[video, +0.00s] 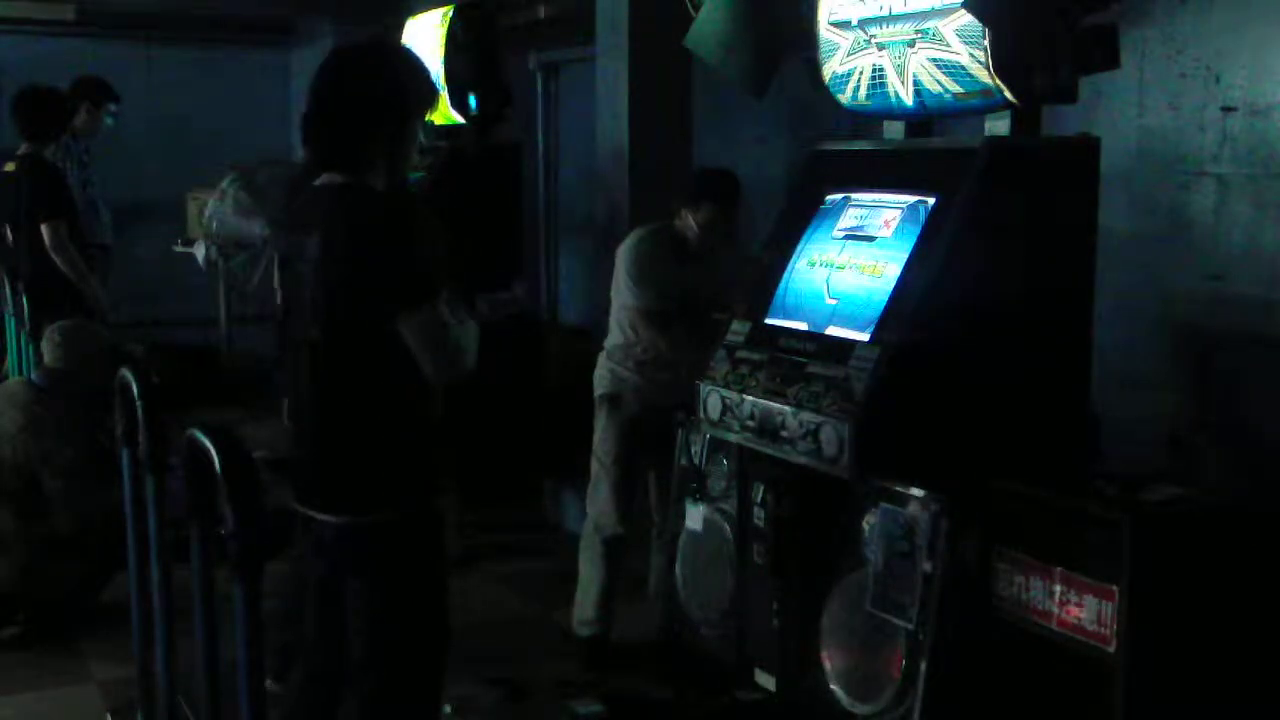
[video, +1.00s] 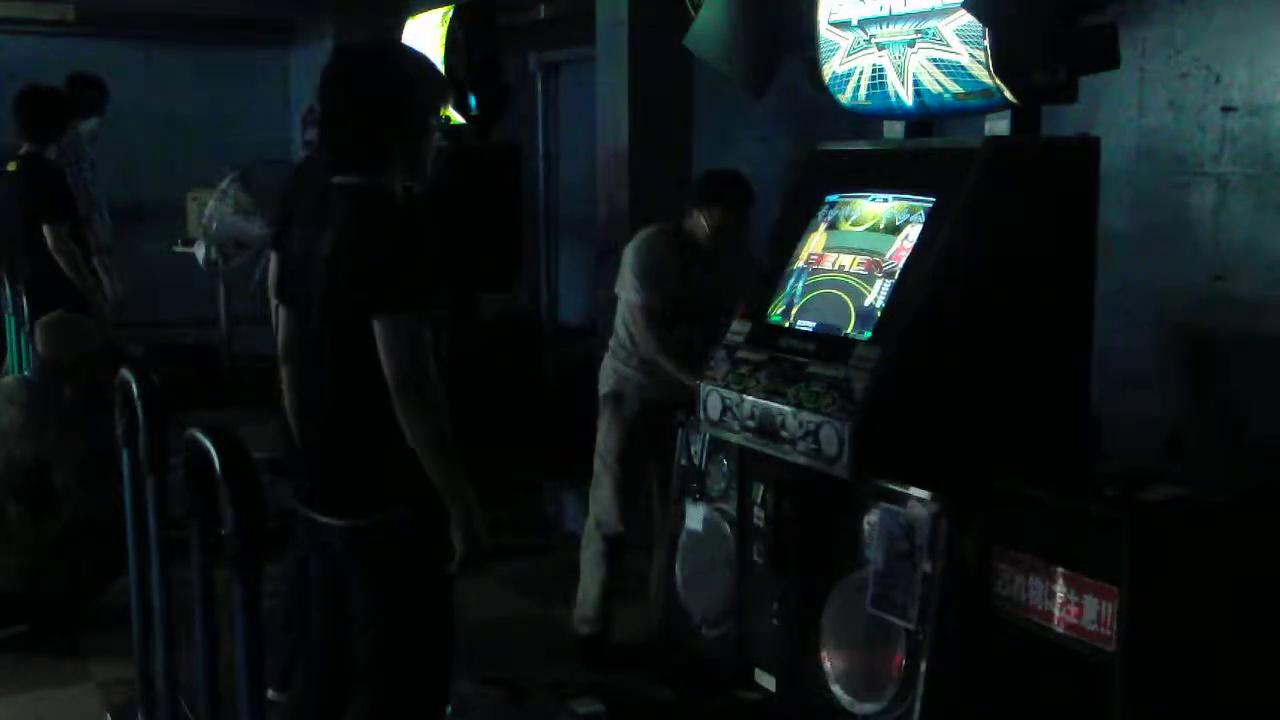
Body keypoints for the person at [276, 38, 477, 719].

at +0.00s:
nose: (419, 138)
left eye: (419, 120)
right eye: (414, 119)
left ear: (326, 114)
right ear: (388, 121)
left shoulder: (301, 208)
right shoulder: (387, 216)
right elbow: (443, 357)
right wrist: (465, 317)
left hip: (318, 467)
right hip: (387, 476)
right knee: (399, 662)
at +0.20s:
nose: (423, 136)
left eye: (423, 118)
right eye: (417, 118)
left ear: (332, 114)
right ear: (386, 120)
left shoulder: (302, 207)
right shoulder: (384, 215)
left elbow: (287, 328)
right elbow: (417, 358)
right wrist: (482, 414)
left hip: (320, 461)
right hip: (385, 472)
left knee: (329, 644)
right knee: (402, 659)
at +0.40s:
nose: (426, 138)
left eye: (427, 120)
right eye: (420, 119)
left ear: (333, 115)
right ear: (389, 122)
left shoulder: (303, 204)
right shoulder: (386, 220)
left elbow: (282, 340)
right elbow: (410, 367)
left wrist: (313, 417)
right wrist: (468, 468)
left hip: (320, 465)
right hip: (387, 477)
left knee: (328, 643)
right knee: (404, 662)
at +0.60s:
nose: (431, 137)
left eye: (431, 119)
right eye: (423, 120)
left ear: (335, 116)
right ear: (394, 125)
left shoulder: (306, 203)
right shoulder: (391, 220)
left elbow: (276, 344)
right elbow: (408, 375)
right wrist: (456, 501)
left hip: (319, 474)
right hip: (385, 487)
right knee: (401, 666)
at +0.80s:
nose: (436, 137)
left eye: (434, 119)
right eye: (427, 120)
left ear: (337, 120)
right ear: (398, 126)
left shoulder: (307, 209)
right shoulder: (397, 225)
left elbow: (285, 352)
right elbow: (406, 381)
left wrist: (322, 422)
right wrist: (446, 509)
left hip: (320, 473)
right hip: (387, 487)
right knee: (399, 669)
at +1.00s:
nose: (436, 136)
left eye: (436, 118)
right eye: (429, 118)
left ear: (338, 115)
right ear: (399, 122)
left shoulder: (304, 203)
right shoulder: (397, 218)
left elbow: (288, 344)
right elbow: (407, 377)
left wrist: (304, 446)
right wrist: (458, 498)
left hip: (322, 473)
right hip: (391, 484)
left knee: (328, 659)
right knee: (406, 670)